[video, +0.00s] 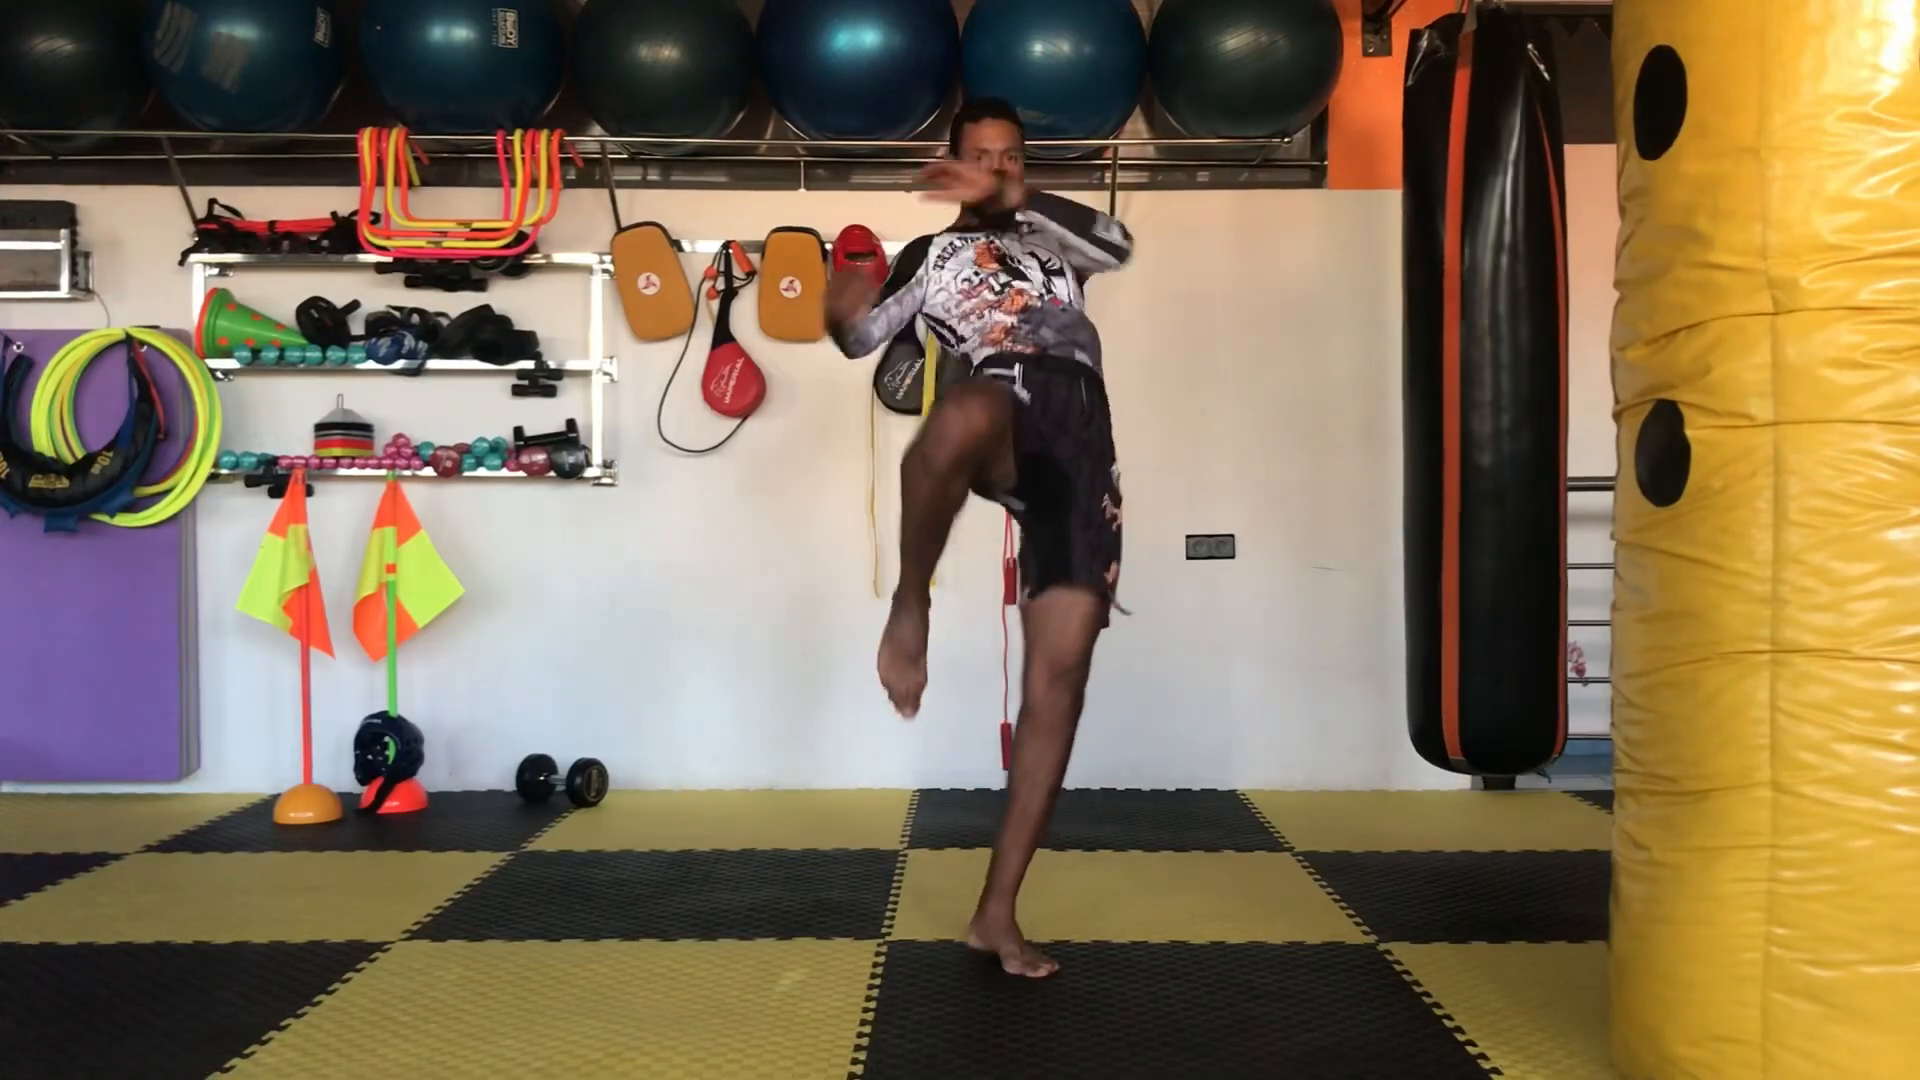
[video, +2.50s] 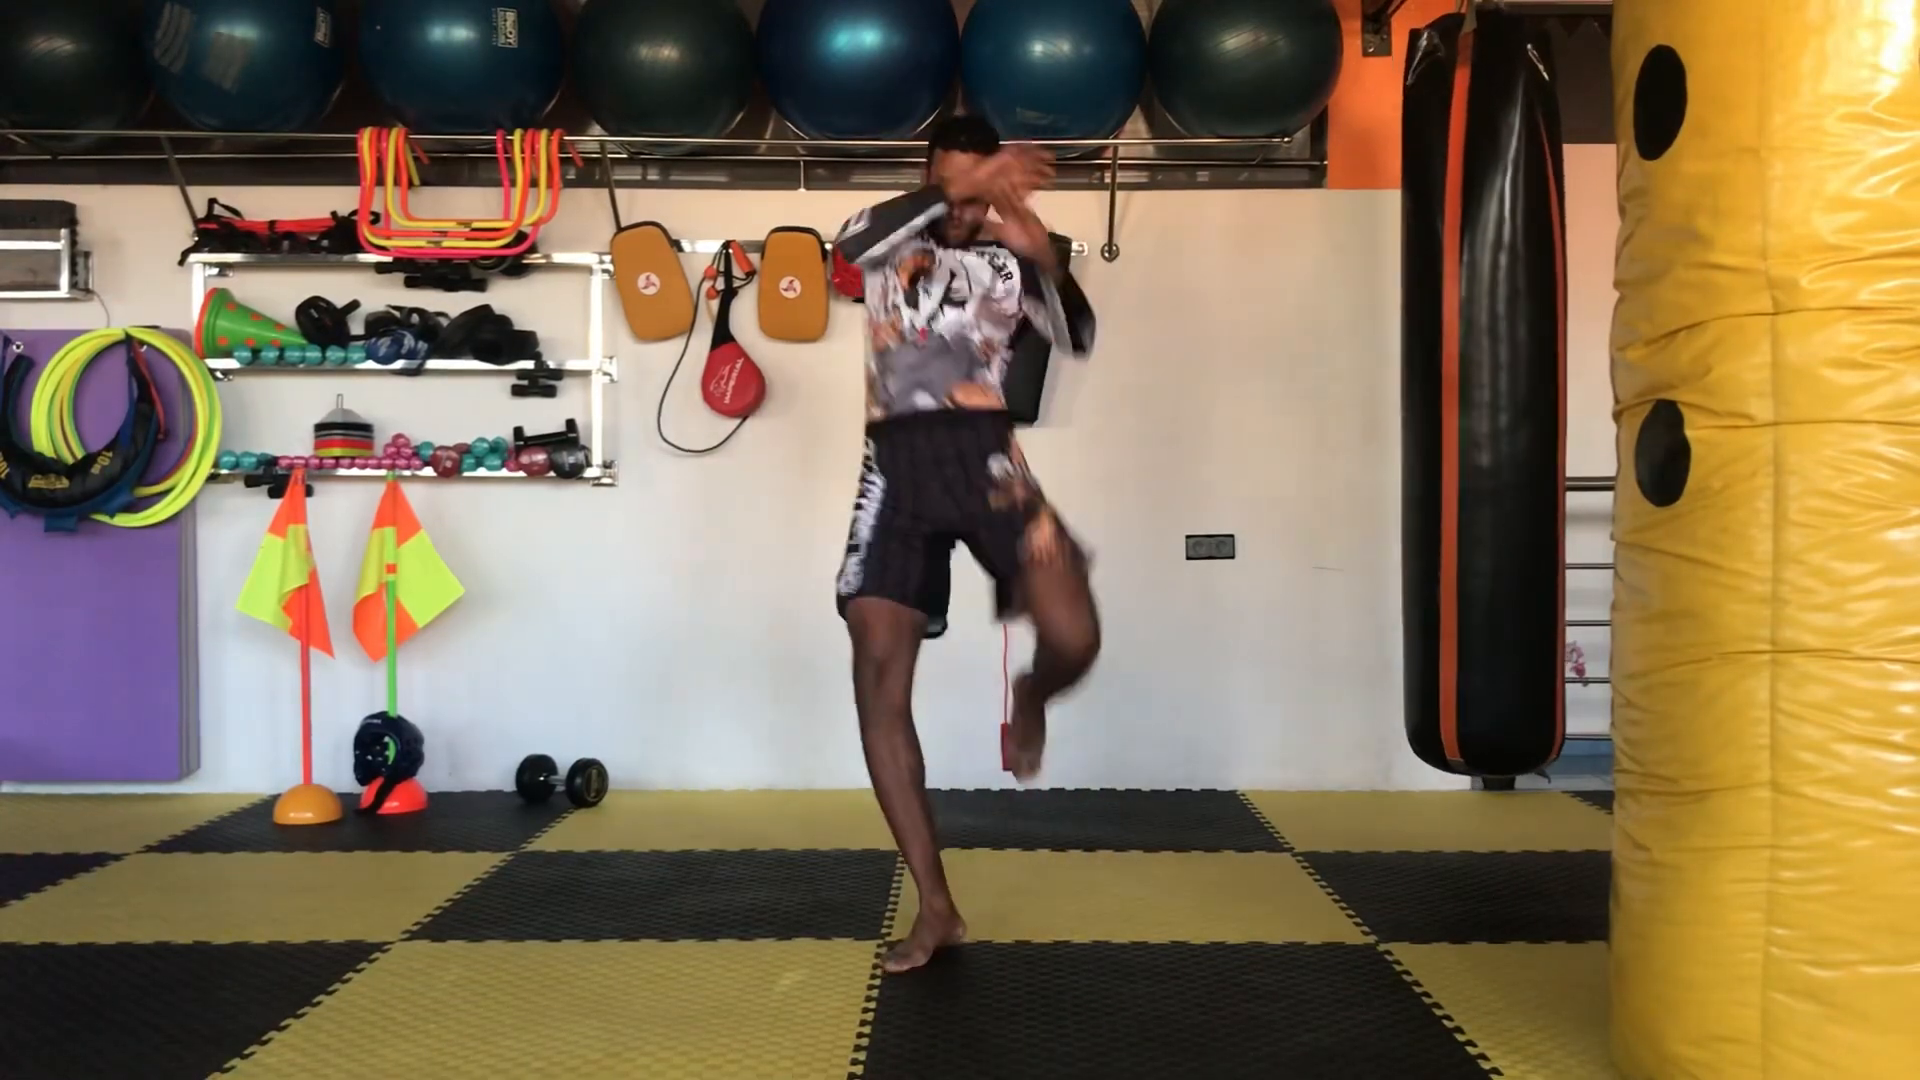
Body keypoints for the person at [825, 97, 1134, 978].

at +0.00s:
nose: (995, 171)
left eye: (1008, 158)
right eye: (978, 157)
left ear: (1026, 165)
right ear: (953, 169)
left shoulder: (1057, 234)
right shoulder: (934, 256)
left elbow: (1115, 246)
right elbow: (860, 340)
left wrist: (1010, 194)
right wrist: (845, 305)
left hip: (1079, 435)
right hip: (996, 417)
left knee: (1059, 686)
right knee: (960, 415)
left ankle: (998, 908)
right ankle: (911, 604)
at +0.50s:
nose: (1004, 185)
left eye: (1020, 171)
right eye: (991, 170)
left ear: (1039, 180)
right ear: (970, 177)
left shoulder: (1079, 273)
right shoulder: (939, 269)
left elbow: (1104, 410)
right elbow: (893, 380)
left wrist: (1112, 373)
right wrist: (951, 272)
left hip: (1056, 490)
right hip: (968, 491)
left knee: (1044, 695)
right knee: (959, 701)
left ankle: (1001, 909)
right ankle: (1018, 810)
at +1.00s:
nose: (1020, 182)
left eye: (1033, 168)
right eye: (1006, 168)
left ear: (1056, 169)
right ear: (989, 170)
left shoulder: (1098, 241)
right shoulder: (975, 253)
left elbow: (1158, 336)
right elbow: (917, 335)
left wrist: (1098, 242)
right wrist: (959, 246)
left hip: (1079, 464)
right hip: (1002, 466)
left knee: (1088, 672)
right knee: (973, 661)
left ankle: (1121, 857)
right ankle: (1028, 807)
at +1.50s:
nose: (1001, 216)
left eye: (1015, 204)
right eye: (987, 202)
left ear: (1038, 201)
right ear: (971, 201)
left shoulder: (1077, 265)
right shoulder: (952, 277)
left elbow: (1131, 360)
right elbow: (896, 387)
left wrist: (1076, 271)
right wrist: (935, 283)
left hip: (1060, 479)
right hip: (983, 482)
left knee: (1079, 666)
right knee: (981, 671)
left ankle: (1117, 860)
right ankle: (1022, 824)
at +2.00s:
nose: (1006, 194)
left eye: (1019, 180)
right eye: (993, 180)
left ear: (1035, 176)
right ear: (971, 171)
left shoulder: (1063, 240)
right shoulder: (932, 234)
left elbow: (1132, 347)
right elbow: (862, 313)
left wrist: (1108, 285)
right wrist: (925, 236)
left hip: (1043, 436)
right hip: (959, 447)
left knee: (1125, 604)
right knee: (948, 660)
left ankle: (1084, 711)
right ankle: (984, 797)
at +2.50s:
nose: (979, 188)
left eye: (989, 174)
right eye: (965, 173)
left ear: (1004, 176)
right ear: (937, 171)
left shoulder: (1026, 251)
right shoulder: (885, 234)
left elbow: (1078, 338)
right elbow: (848, 253)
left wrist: (1042, 256)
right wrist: (961, 190)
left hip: (988, 453)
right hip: (895, 460)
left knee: (1074, 640)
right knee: (878, 677)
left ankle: (1028, 701)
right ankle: (934, 905)